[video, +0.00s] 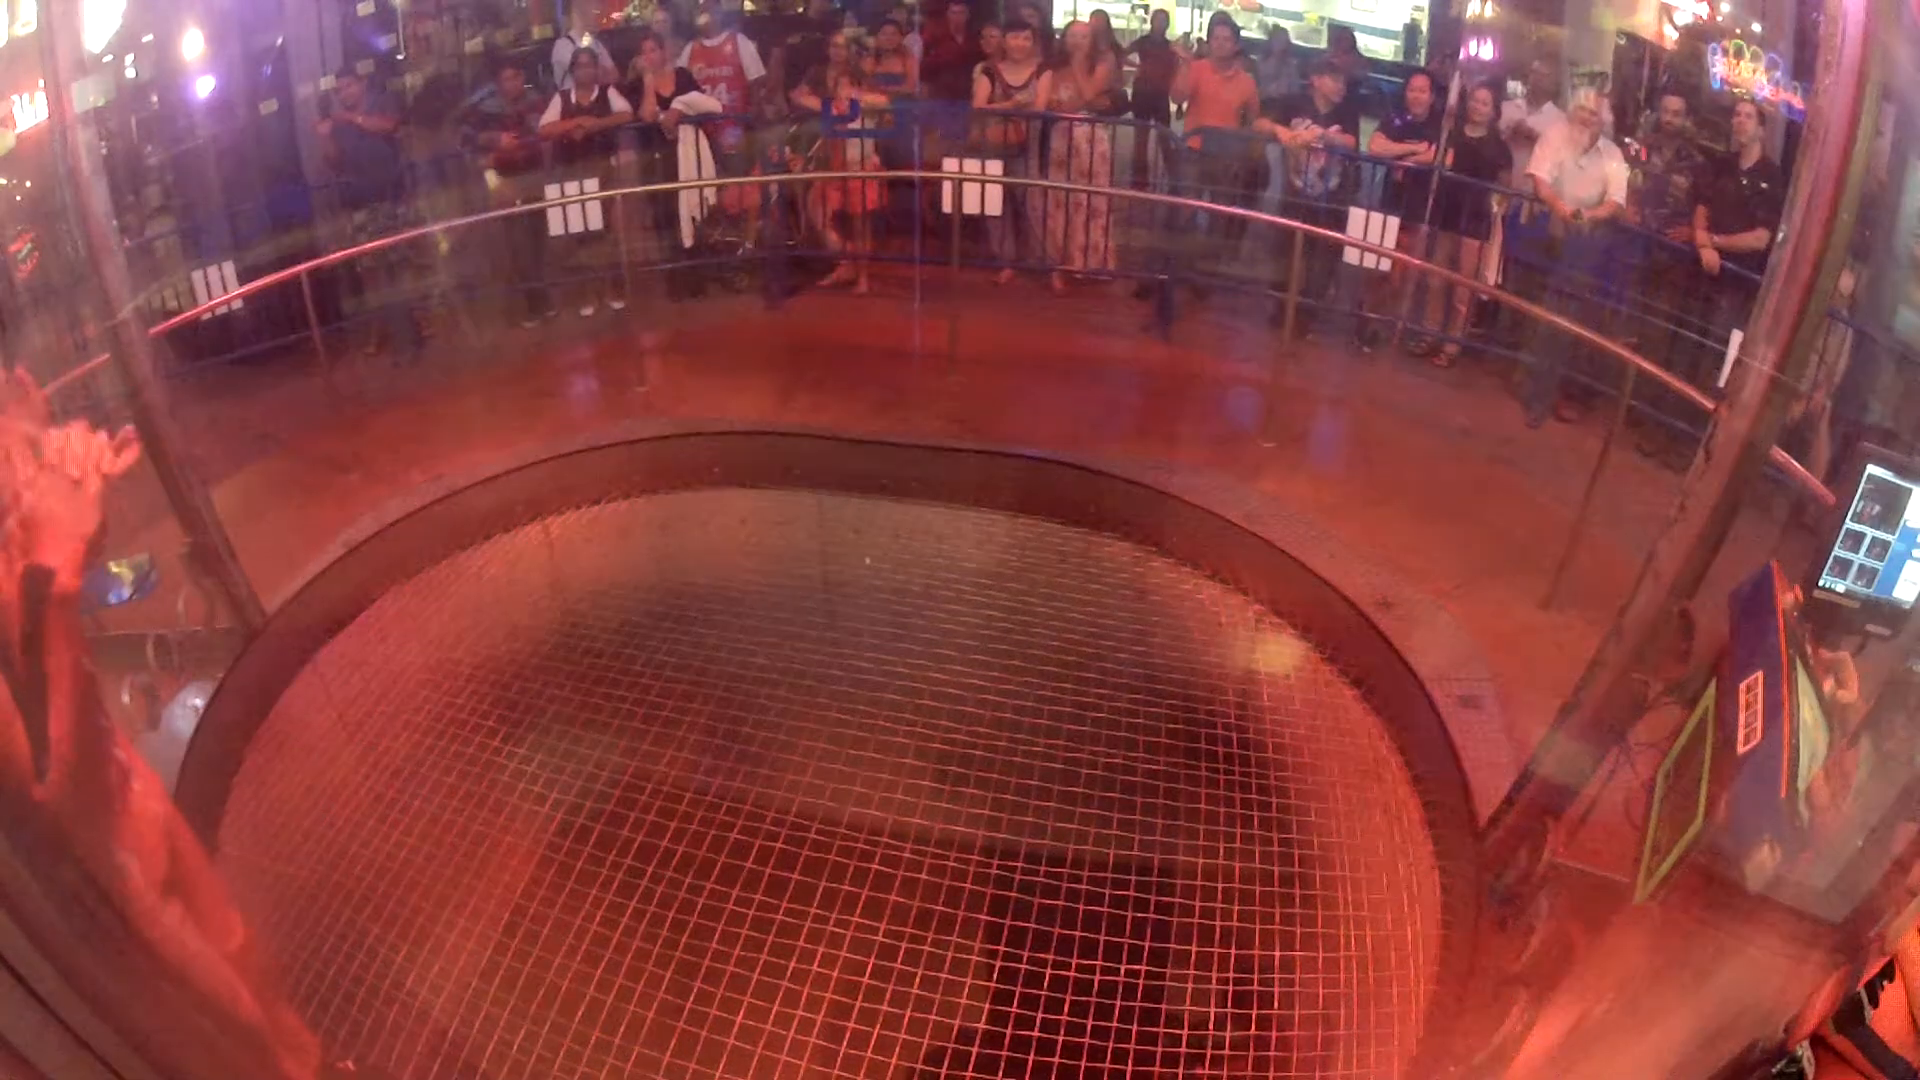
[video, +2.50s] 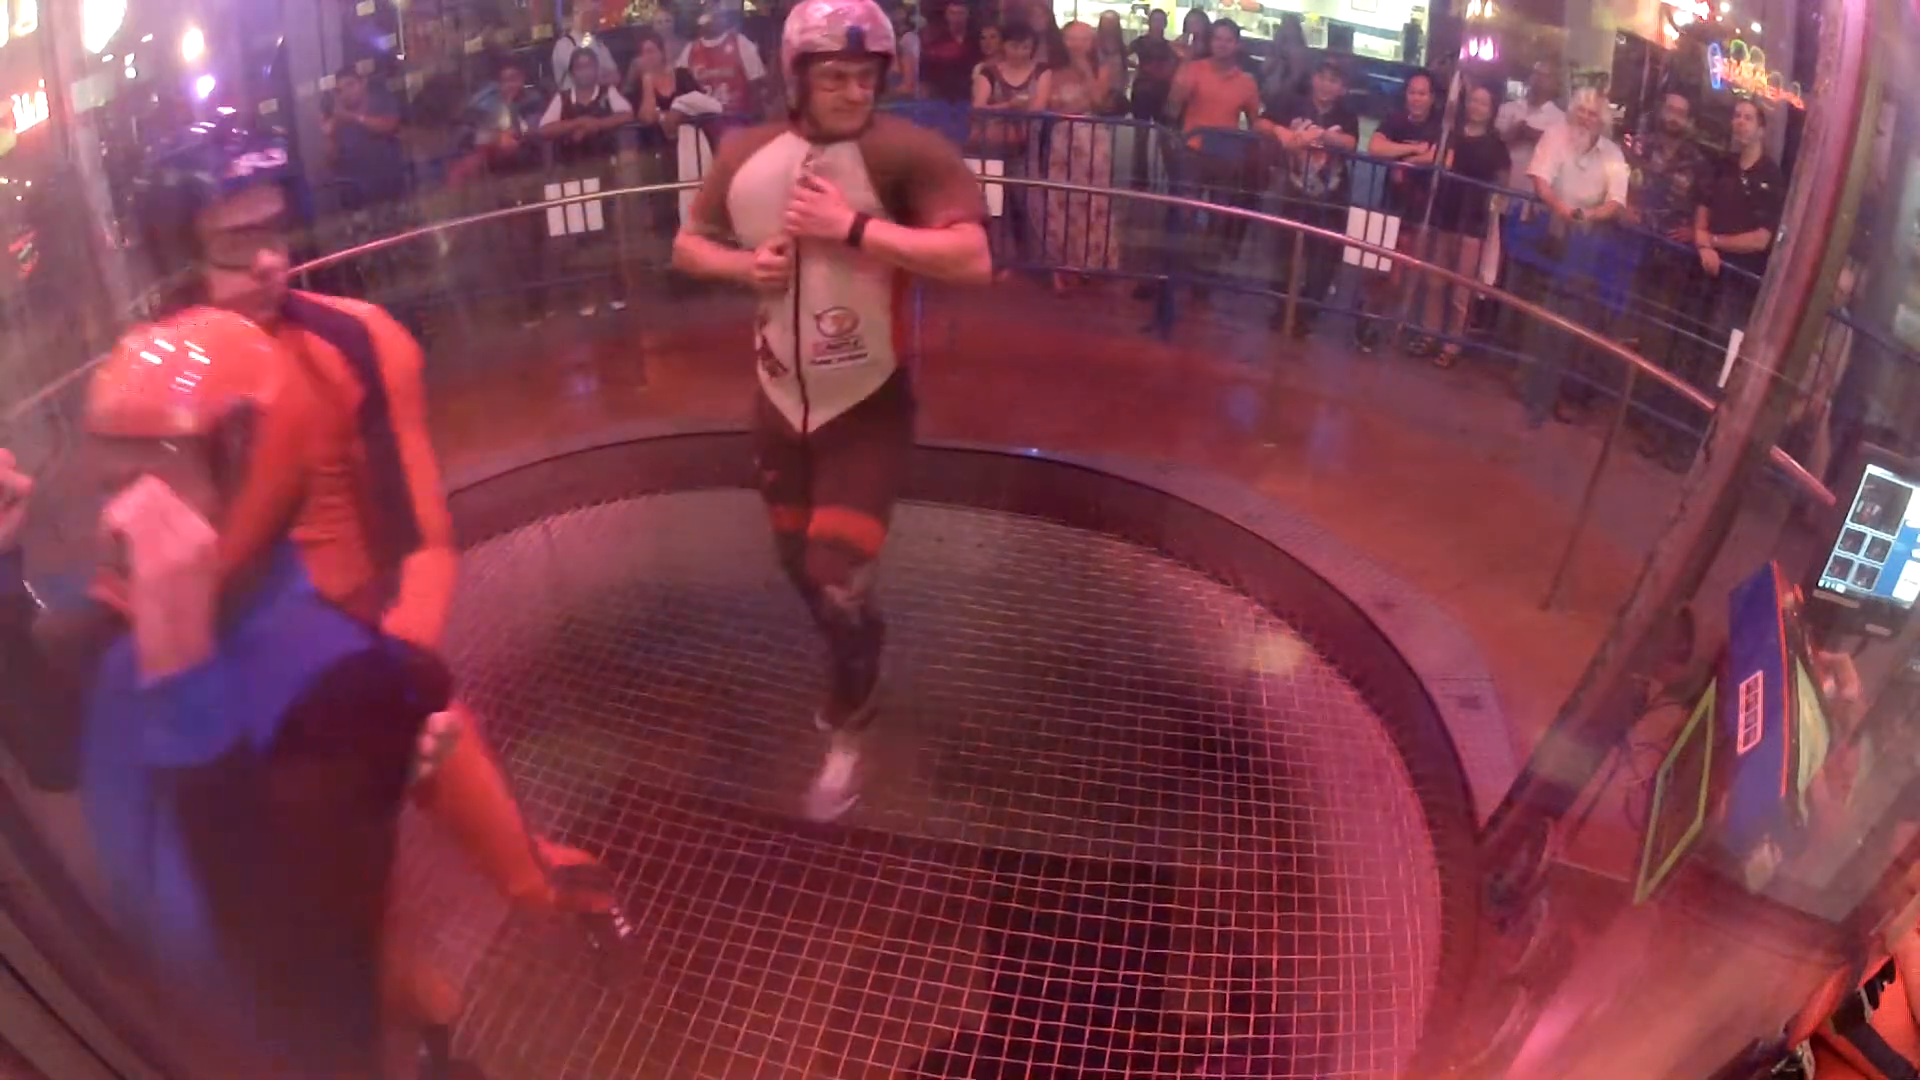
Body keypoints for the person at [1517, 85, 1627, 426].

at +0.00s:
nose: (1585, 120)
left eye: (1592, 116)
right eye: (1581, 112)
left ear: (1603, 121)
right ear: (1571, 112)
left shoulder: (1612, 154)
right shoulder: (1556, 135)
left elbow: (1616, 200)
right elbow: (1539, 179)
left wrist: (1591, 215)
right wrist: (1560, 208)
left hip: (1588, 230)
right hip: (1550, 222)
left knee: (1573, 302)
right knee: (1542, 298)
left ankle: (1556, 387)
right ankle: (1533, 383)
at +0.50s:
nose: (1586, 119)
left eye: (1594, 115)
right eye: (1582, 111)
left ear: (1603, 120)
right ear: (1571, 111)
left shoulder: (1612, 154)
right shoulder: (1556, 135)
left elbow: (1616, 201)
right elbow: (1539, 179)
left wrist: (1591, 215)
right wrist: (1560, 208)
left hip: (1588, 230)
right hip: (1550, 222)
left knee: (1574, 303)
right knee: (1542, 298)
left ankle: (1558, 388)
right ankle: (1532, 382)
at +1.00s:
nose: (1586, 117)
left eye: (1593, 113)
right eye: (1582, 109)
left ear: (1603, 119)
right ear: (1571, 110)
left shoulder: (1612, 153)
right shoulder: (1555, 136)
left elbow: (1616, 200)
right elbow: (1539, 178)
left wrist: (1591, 215)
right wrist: (1561, 209)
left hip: (1588, 229)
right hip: (1550, 221)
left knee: (1572, 303)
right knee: (1541, 298)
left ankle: (1551, 388)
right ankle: (1532, 382)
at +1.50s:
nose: (1585, 118)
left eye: (1592, 114)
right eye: (1580, 111)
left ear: (1603, 119)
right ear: (1570, 111)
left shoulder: (1612, 154)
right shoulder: (1554, 138)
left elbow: (1616, 200)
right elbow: (1540, 182)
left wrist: (1591, 215)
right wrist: (1560, 208)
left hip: (1588, 229)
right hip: (1551, 221)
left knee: (1573, 303)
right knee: (1541, 298)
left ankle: (1553, 388)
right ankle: (1529, 379)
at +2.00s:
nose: (1585, 118)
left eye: (1592, 114)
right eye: (1581, 111)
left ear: (1603, 120)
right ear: (1570, 111)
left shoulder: (1612, 154)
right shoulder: (1555, 136)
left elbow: (1616, 201)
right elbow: (1540, 181)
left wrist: (1590, 215)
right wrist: (1560, 209)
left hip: (1587, 229)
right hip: (1551, 220)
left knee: (1572, 302)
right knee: (1539, 297)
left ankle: (1555, 387)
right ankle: (1527, 378)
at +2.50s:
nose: (1585, 118)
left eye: (1593, 114)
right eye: (1581, 111)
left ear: (1603, 119)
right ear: (1571, 111)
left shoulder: (1612, 153)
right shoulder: (1556, 135)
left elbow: (1616, 201)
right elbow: (1539, 178)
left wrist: (1591, 214)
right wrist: (1559, 207)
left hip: (1587, 229)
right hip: (1551, 220)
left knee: (1572, 300)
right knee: (1539, 296)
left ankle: (1554, 387)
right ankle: (1529, 378)